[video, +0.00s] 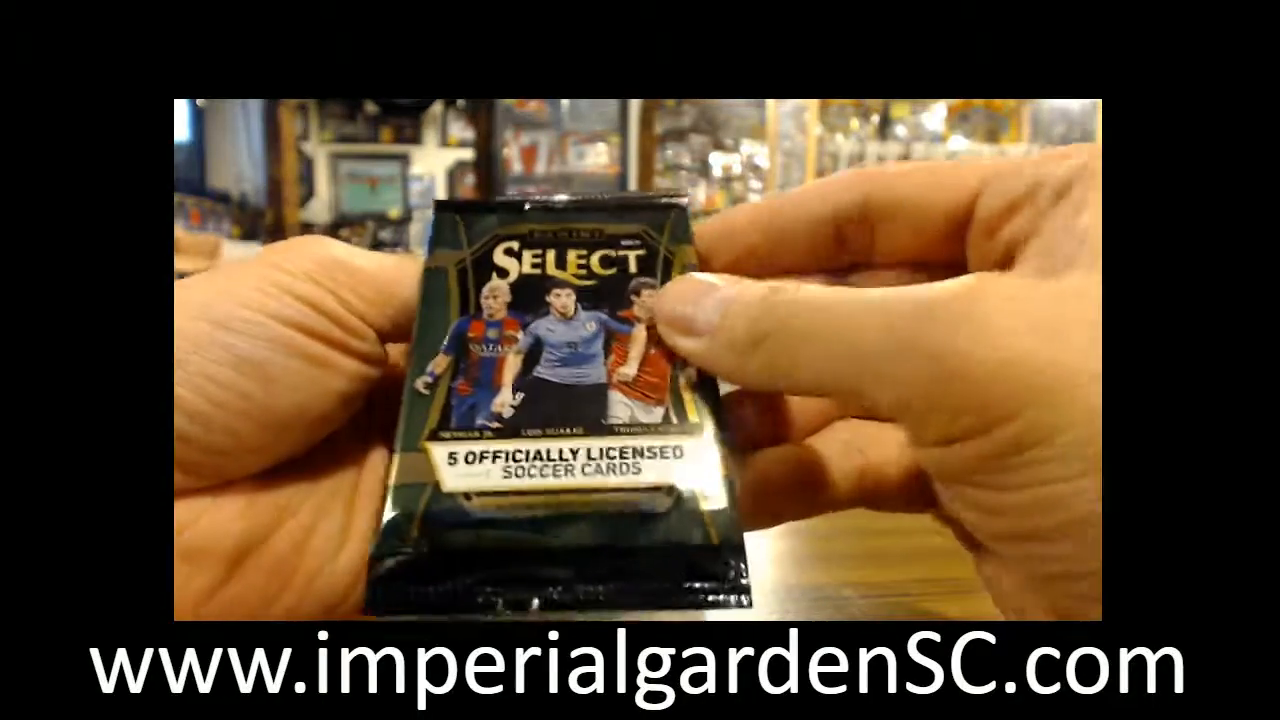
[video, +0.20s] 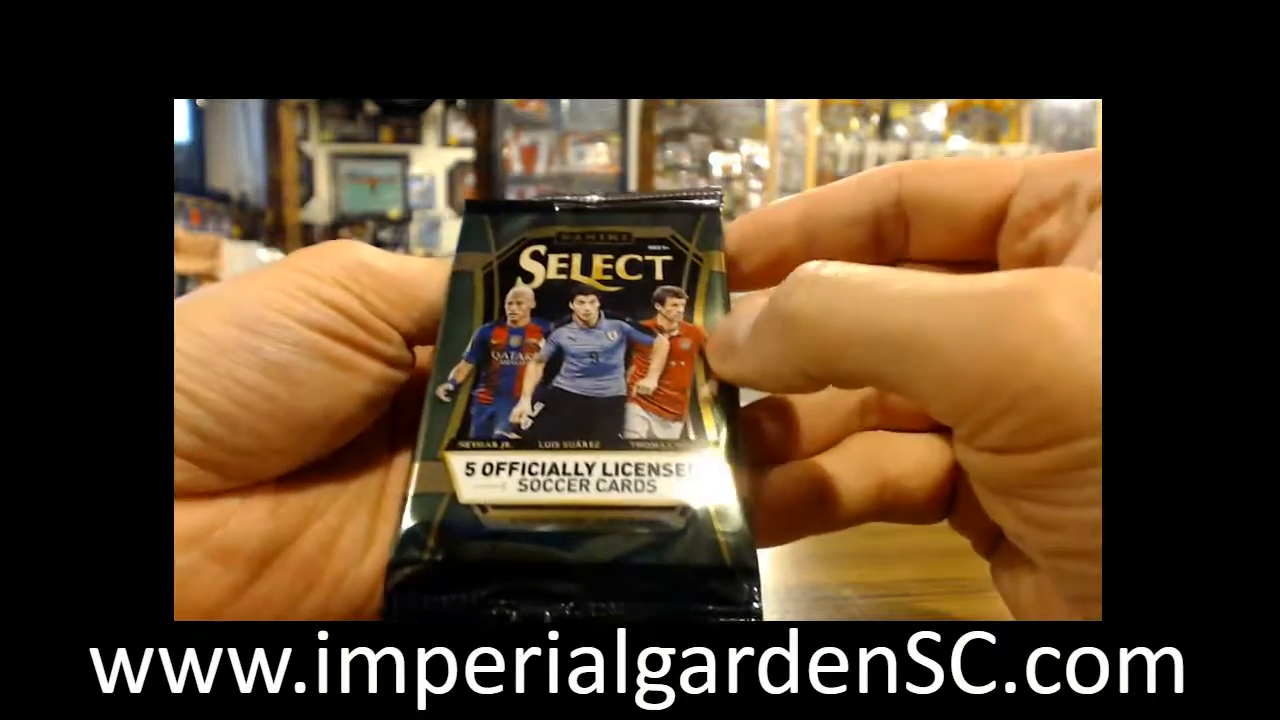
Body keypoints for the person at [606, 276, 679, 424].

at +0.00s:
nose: (653, 302)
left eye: (655, 296)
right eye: (649, 296)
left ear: (660, 298)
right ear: (634, 298)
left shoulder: (667, 324)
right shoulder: (622, 320)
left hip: (654, 398)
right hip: (622, 391)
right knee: (617, 444)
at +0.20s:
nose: (680, 310)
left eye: (682, 305)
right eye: (674, 305)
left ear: (685, 307)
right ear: (659, 306)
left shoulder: (695, 334)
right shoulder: (640, 330)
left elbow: (714, 361)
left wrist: (712, 384)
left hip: (673, 413)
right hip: (640, 405)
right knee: (633, 458)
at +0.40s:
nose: (686, 316)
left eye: (689, 311)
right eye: (681, 311)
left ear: (693, 313)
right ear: (665, 312)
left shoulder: (702, 340)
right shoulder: (646, 336)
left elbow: (725, 364)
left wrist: (720, 391)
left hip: (679, 418)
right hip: (646, 411)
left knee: (674, 472)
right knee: (640, 465)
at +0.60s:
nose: (687, 321)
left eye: (689, 317)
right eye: (681, 316)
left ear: (692, 318)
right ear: (666, 318)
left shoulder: (702, 348)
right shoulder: (646, 341)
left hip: (679, 424)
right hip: (646, 417)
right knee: (639, 471)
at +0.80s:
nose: (686, 315)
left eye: (689, 309)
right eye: (680, 310)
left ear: (692, 310)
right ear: (666, 310)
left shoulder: (702, 343)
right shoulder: (649, 337)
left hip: (679, 420)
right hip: (645, 415)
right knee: (639, 474)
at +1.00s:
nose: (685, 312)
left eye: (687, 306)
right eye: (679, 307)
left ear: (691, 307)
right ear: (662, 308)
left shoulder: (701, 342)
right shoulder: (645, 340)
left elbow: (721, 371)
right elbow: (625, 375)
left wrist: (720, 399)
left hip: (681, 430)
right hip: (648, 425)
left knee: (673, 491)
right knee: (645, 488)